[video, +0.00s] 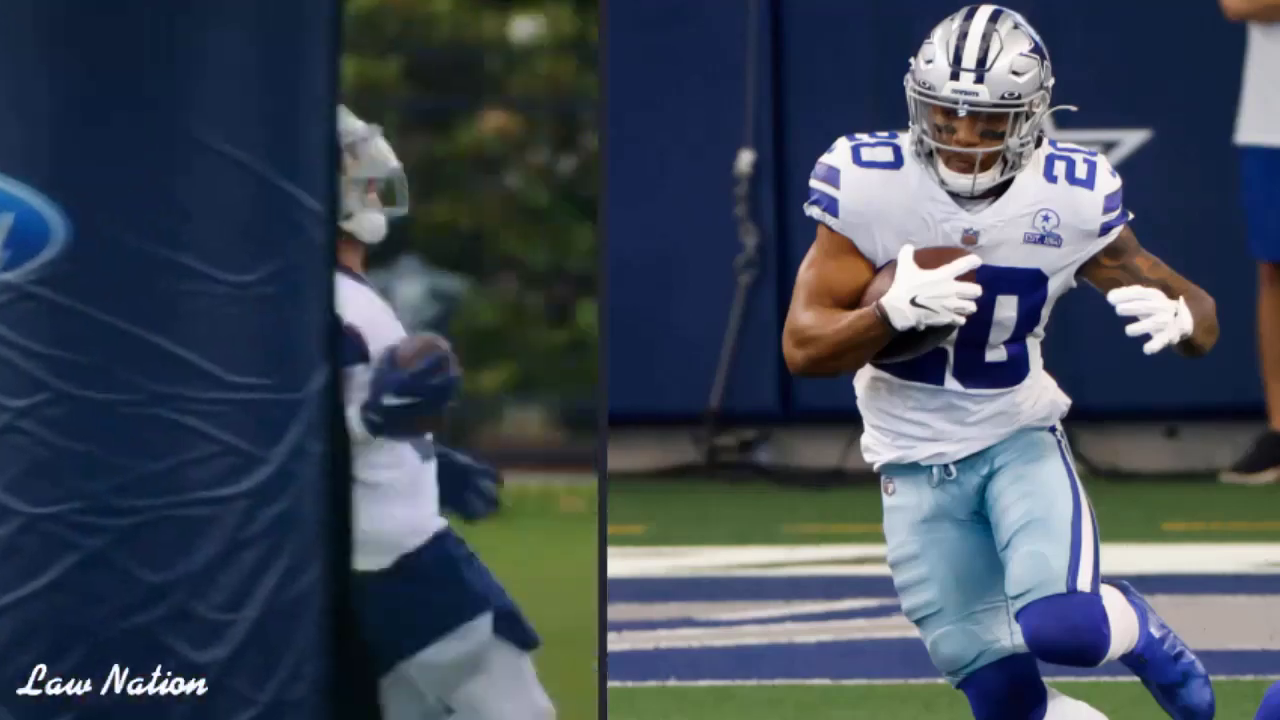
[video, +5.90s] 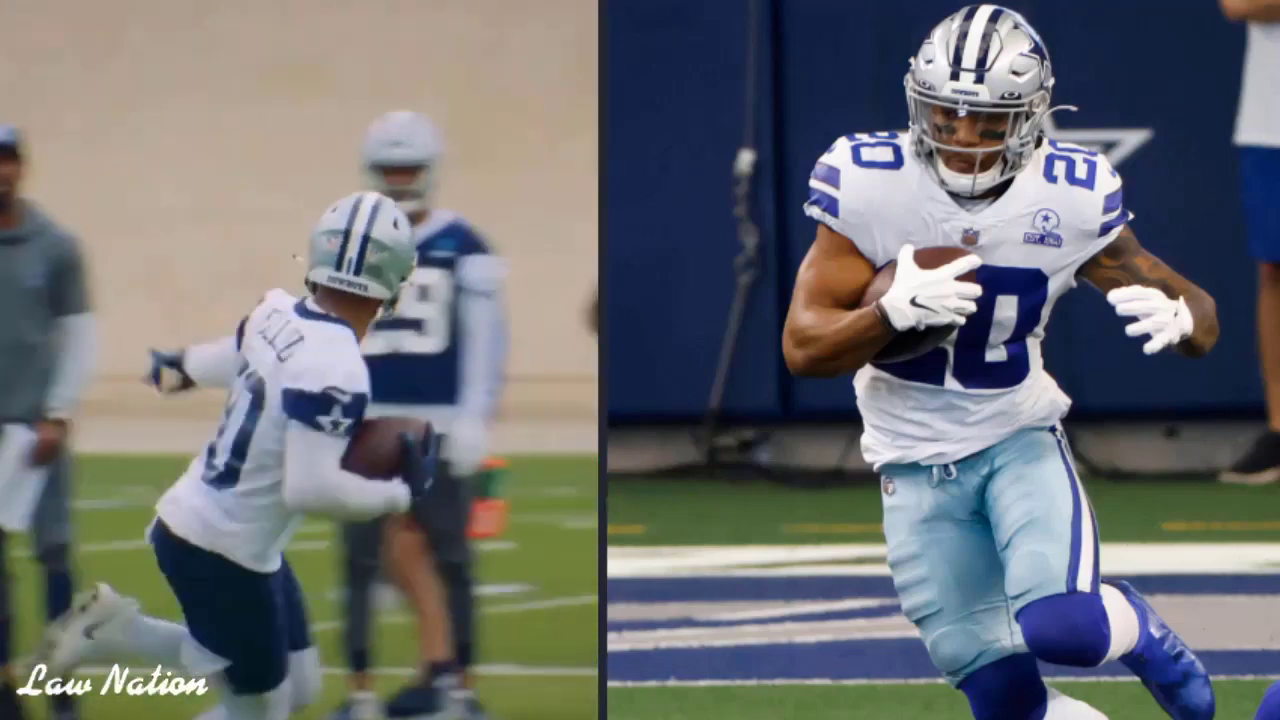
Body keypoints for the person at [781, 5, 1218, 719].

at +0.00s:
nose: (966, 137)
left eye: (988, 121)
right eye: (950, 116)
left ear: (1027, 119)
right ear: (922, 109)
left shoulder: (1070, 193)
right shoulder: (863, 179)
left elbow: (1196, 308)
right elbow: (801, 349)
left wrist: (1181, 319)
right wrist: (887, 313)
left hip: (1018, 437)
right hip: (911, 468)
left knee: (1054, 626)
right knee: (1001, 697)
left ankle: (1141, 632)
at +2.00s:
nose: (965, 137)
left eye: (988, 121)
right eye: (950, 117)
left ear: (1028, 119)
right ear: (922, 110)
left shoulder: (1070, 193)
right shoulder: (863, 179)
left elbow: (1197, 309)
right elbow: (801, 349)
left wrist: (1181, 319)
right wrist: (887, 313)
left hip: (1018, 438)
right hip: (911, 468)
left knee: (1054, 626)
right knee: (1001, 696)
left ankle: (1143, 634)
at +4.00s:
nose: (966, 137)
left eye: (988, 121)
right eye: (950, 116)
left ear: (1027, 119)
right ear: (923, 109)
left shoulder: (1071, 194)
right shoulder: (863, 179)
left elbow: (1197, 309)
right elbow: (801, 349)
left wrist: (1181, 319)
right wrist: (887, 313)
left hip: (1018, 437)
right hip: (911, 467)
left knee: (1054, 626)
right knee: (1001, 696)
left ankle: (1141, 631)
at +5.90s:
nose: (966, 137)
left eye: (988, 121)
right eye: (951, 117)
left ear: (1028, 119)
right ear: (923, 110)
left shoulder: (1071, 194)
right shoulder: (862, 179)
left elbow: (1197, 310)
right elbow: (801, 350)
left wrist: (1181, 319)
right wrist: (887, 312)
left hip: (1018, 437)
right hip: (911, 467)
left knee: (1054, 626)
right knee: (1001, 697)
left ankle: (1142, 632)